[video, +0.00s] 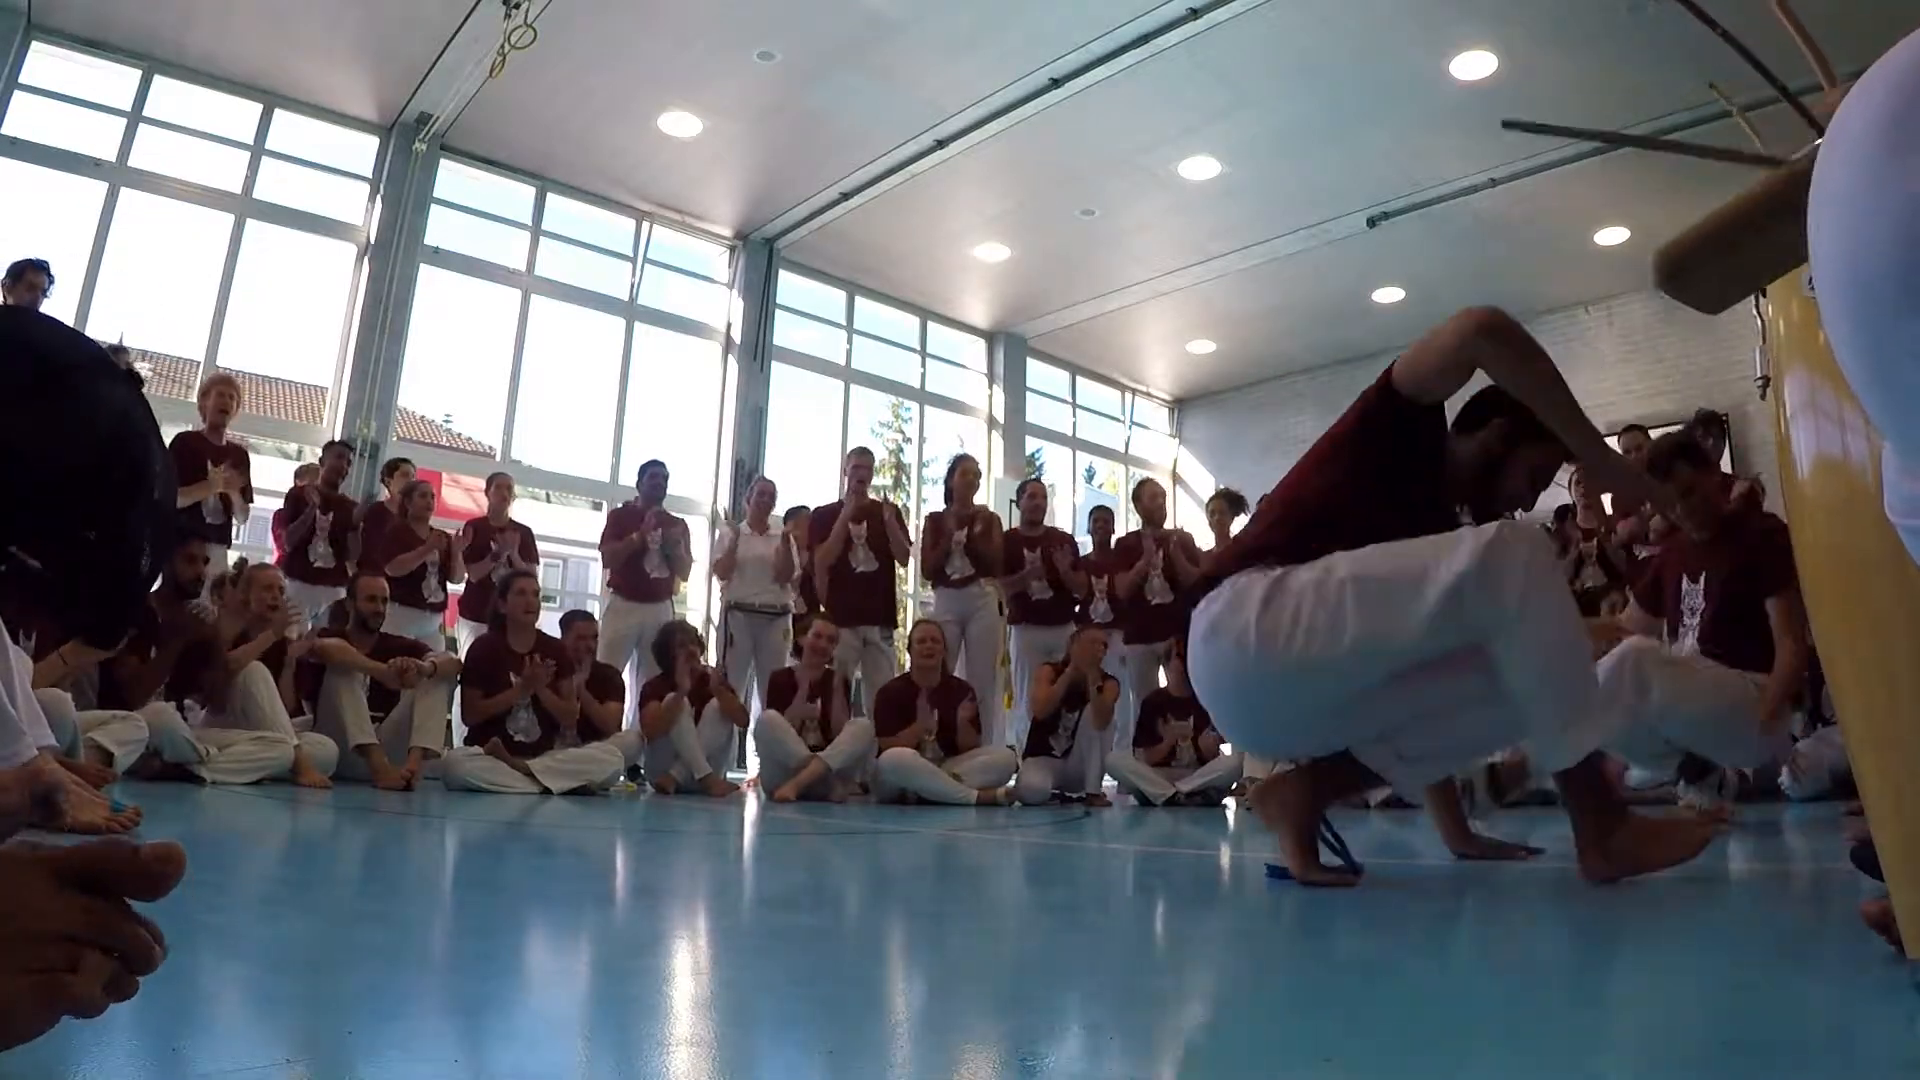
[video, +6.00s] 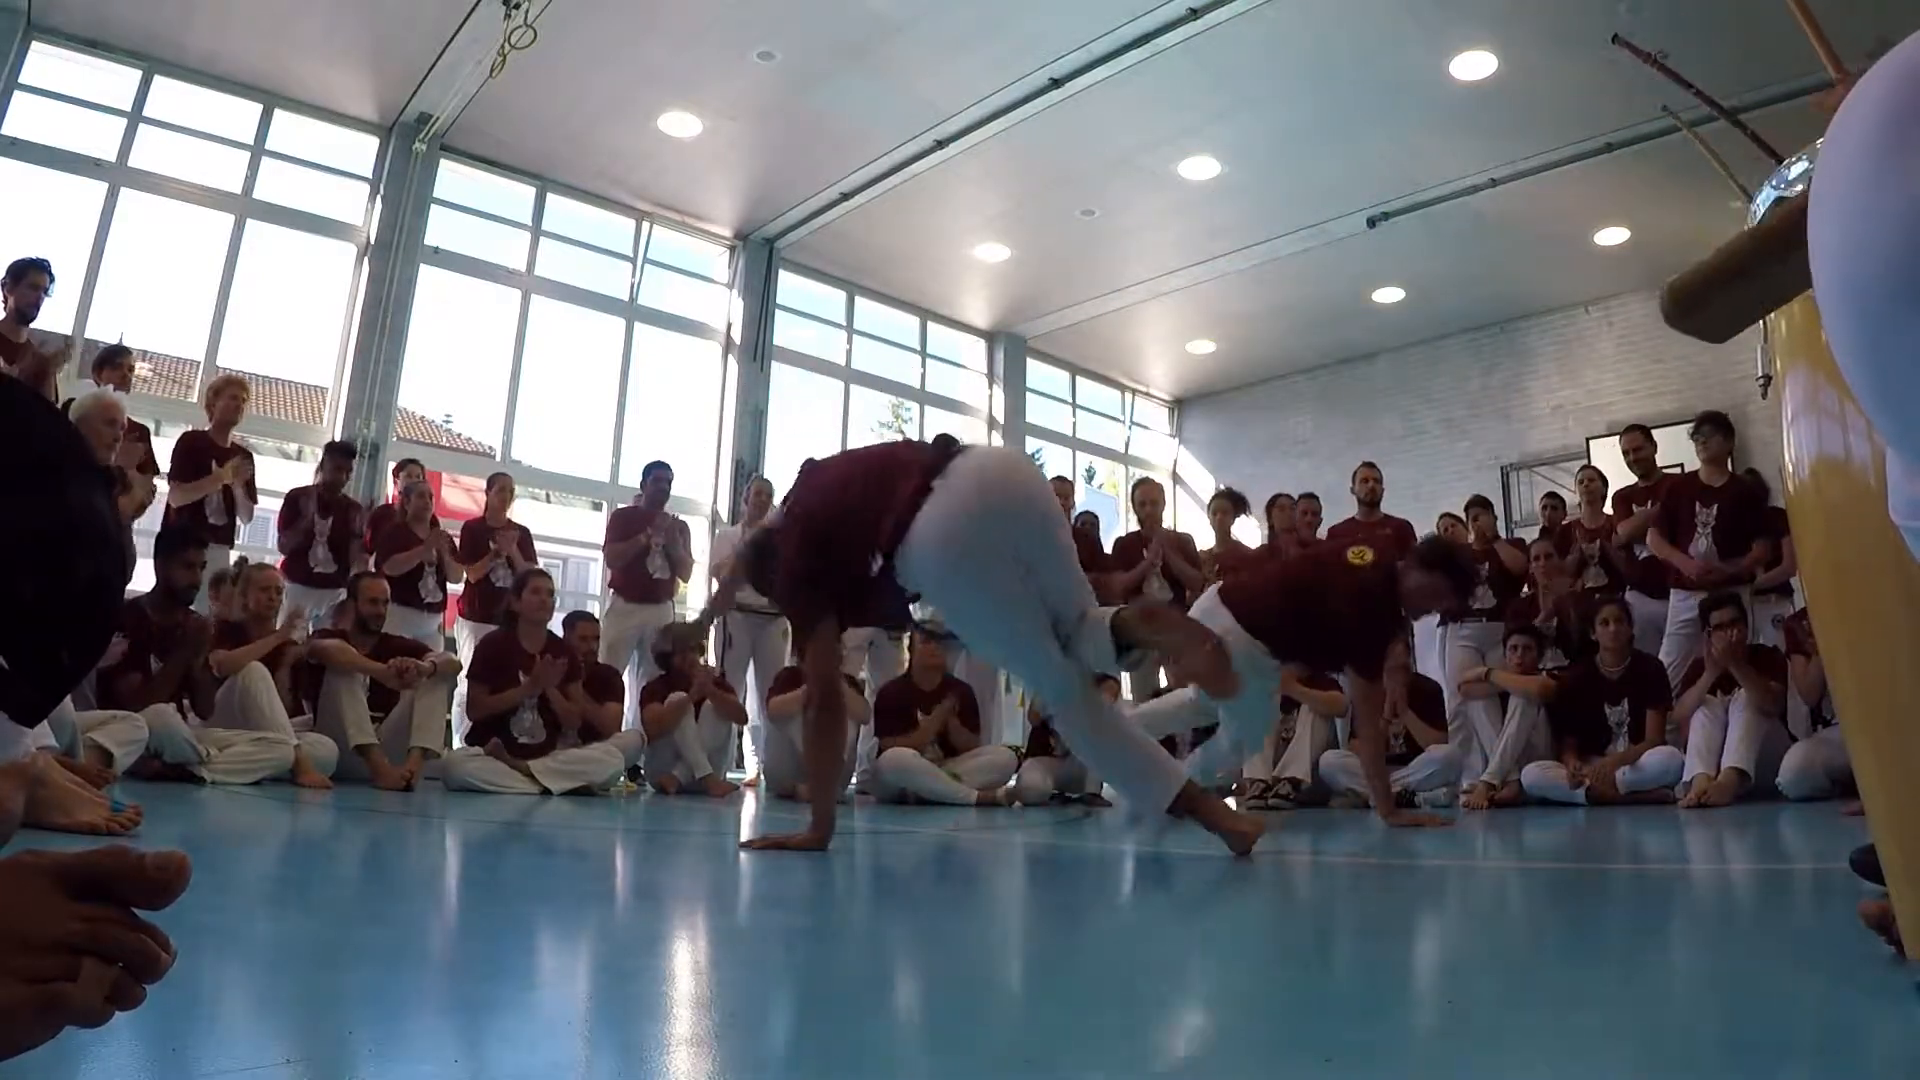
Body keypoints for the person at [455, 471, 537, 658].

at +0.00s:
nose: (504, 494)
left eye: (508, 489)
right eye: (498, 488)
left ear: (513, 495)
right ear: (487, 493)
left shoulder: (524, 533)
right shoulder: (473, 527)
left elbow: (531, 576)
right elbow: (473, 574)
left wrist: (514, 554)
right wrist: (497, 554)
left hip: (510, 619)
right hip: (474, 615)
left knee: (505, 683)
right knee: (471, 680)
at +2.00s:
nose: (505, 492)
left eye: (509, 488)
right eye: (499, 487)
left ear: (514, 494)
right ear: (488, 493)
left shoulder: (524, 531)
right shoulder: (474, 527)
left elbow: (534, 573)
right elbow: (473, 574)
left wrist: (522, 548)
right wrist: (496, 553)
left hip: (510, 619)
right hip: (475, 615)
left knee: (504, 681)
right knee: (471, 679)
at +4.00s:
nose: (504, 493)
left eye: (509, 489)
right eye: (498, 488)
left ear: (514, 495)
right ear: (487, 493)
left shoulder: (524, 532)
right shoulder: (473, 527)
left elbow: (532, 576)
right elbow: (473, 574)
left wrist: (514, 553)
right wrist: (498, 553)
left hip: (509, 621)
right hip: (473, 617)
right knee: (471, 679)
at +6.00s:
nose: (506, 495)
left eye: (510, 491)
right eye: (501, 490)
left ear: (514, 496)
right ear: (488, 493)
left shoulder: (521, 533)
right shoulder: (472, 527)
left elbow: (531, 576)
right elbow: (471, 574)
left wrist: (512, 552)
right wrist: (495, 553)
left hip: (509, 623)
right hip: (474, 618)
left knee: (504, 683)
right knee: (470, 684)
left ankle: (497, 742)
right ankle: (463, 745)